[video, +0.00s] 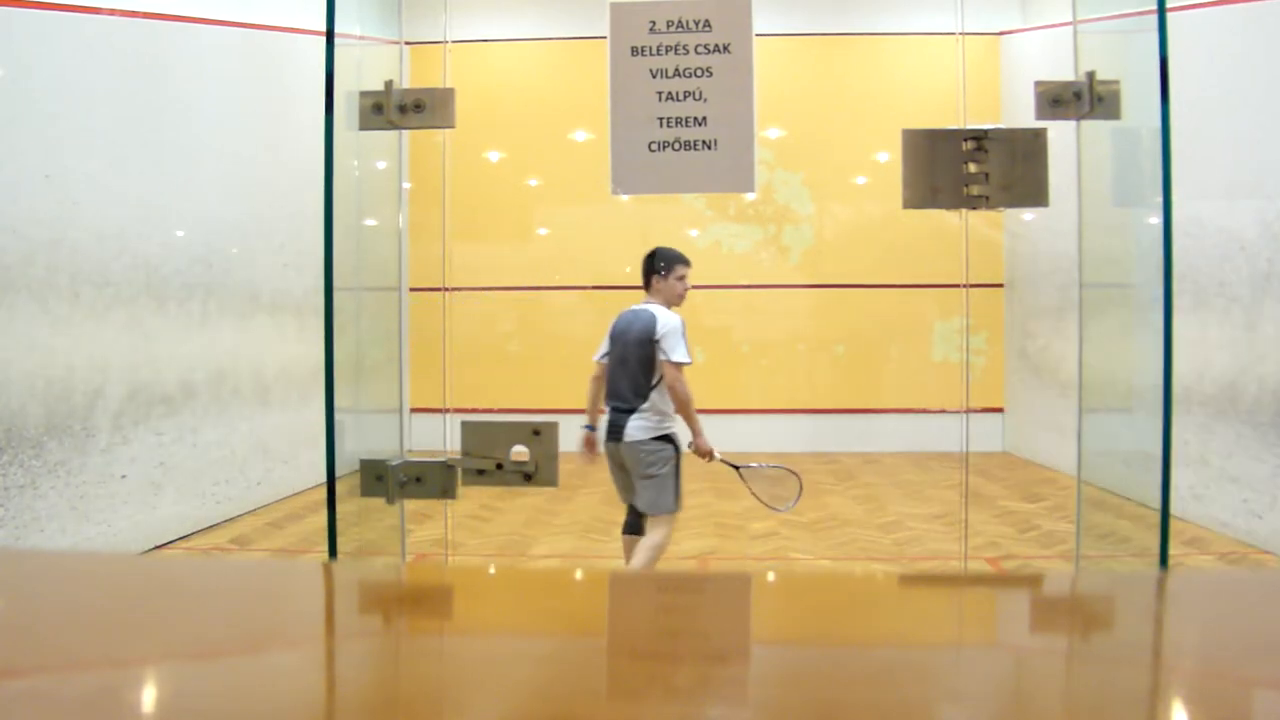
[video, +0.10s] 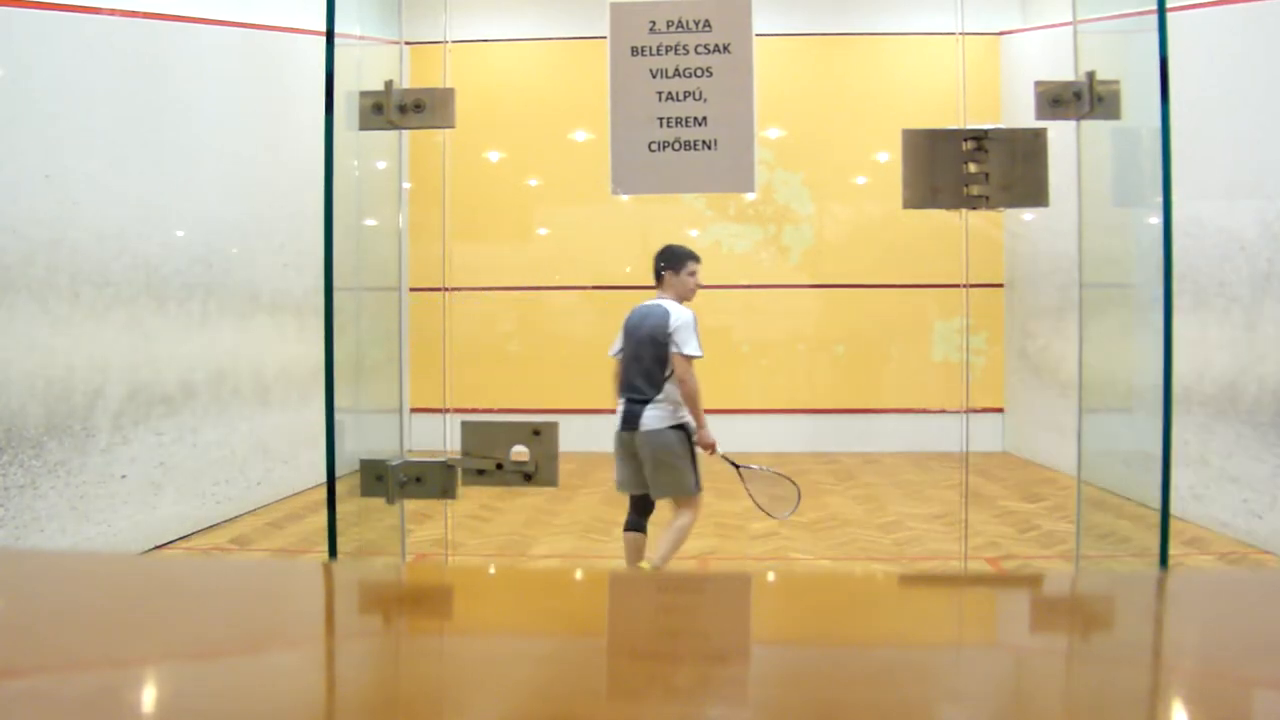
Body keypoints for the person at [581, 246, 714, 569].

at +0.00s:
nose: (687, 287)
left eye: (687, 280)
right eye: (681, 279)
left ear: (657, 281)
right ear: (658, 279)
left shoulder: (622, 319)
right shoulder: (668, 321)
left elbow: (599, 375)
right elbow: (673, 381)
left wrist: (591, 425)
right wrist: (697, 434)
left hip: (615, 437)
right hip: (651, 438)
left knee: (636, 514)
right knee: (660, 526)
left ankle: (631, 586)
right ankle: (628, 590)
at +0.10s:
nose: (697, 282)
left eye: (697, 275)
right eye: (692, 274)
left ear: (667, 276)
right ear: (668, 275)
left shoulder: (636, 314)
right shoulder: (680, 316)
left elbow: (619, 370)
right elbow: (683, 375)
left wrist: (626, 409)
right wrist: (702, 428)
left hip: (628, 425)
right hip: (663, 426)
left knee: (639, 504)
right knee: (688, 505)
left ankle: (634, 580)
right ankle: (651, 567)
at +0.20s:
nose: (711, 283)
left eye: (711, 276)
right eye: (706, 276)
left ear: (681, 280)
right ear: (685, 278)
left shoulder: (649, 315)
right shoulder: (695, 317)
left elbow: (639, 375)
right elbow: (694, 373)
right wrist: (711, 426)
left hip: (638, 421)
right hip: (676, 422)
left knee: (641, 501)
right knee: (704, 493)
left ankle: (633, 577)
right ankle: (695, 567)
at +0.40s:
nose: (743, 299)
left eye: (742, 293)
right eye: (741, 293)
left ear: (710, 298)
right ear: (731, 297)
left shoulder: (688, 329)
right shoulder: (735, 334)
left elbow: (678, 378)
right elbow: (729, 383)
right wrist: (745, 433)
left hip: (674, 425)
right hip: (713, 427)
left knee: (664, 497)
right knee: (729, 491)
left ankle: (642, 557)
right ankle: (723, 555)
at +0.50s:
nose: (762, 302)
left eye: (761, 296)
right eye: (761, 297)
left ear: (729, 300)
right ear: (755, 300)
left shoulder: (708, 331)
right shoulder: (756, 337)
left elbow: (690, 378)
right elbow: (753, 384)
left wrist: (714, 399)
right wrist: (768, 435)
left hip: (694, 423)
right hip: (731, 425)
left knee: (692, 493)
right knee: (737, 492)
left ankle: (664, 530)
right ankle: (723, 555)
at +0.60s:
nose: (778, 297)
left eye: (774, 292)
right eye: (777, 293)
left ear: (748, 295)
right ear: (773, 296)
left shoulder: (725, 324)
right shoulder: (776, 332)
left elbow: (697, 369)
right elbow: (776, 379)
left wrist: (707, 402)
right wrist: (793, 424)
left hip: (711, 410)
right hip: (745, 414)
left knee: (716, 476)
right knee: (741, 489)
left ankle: (698, 528)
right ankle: (725, 552)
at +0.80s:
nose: (801, 299)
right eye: (802, 294)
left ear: (775, 297)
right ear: (800, 297)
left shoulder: (755, 326)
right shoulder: (803, 332)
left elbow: (722, 360)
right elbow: (812, 377)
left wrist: (708, 396)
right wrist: (837, 410)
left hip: (746, 408)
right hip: (776, 412)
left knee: (753, 471)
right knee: (771, 481)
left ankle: (747, 526)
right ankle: (744, 518)